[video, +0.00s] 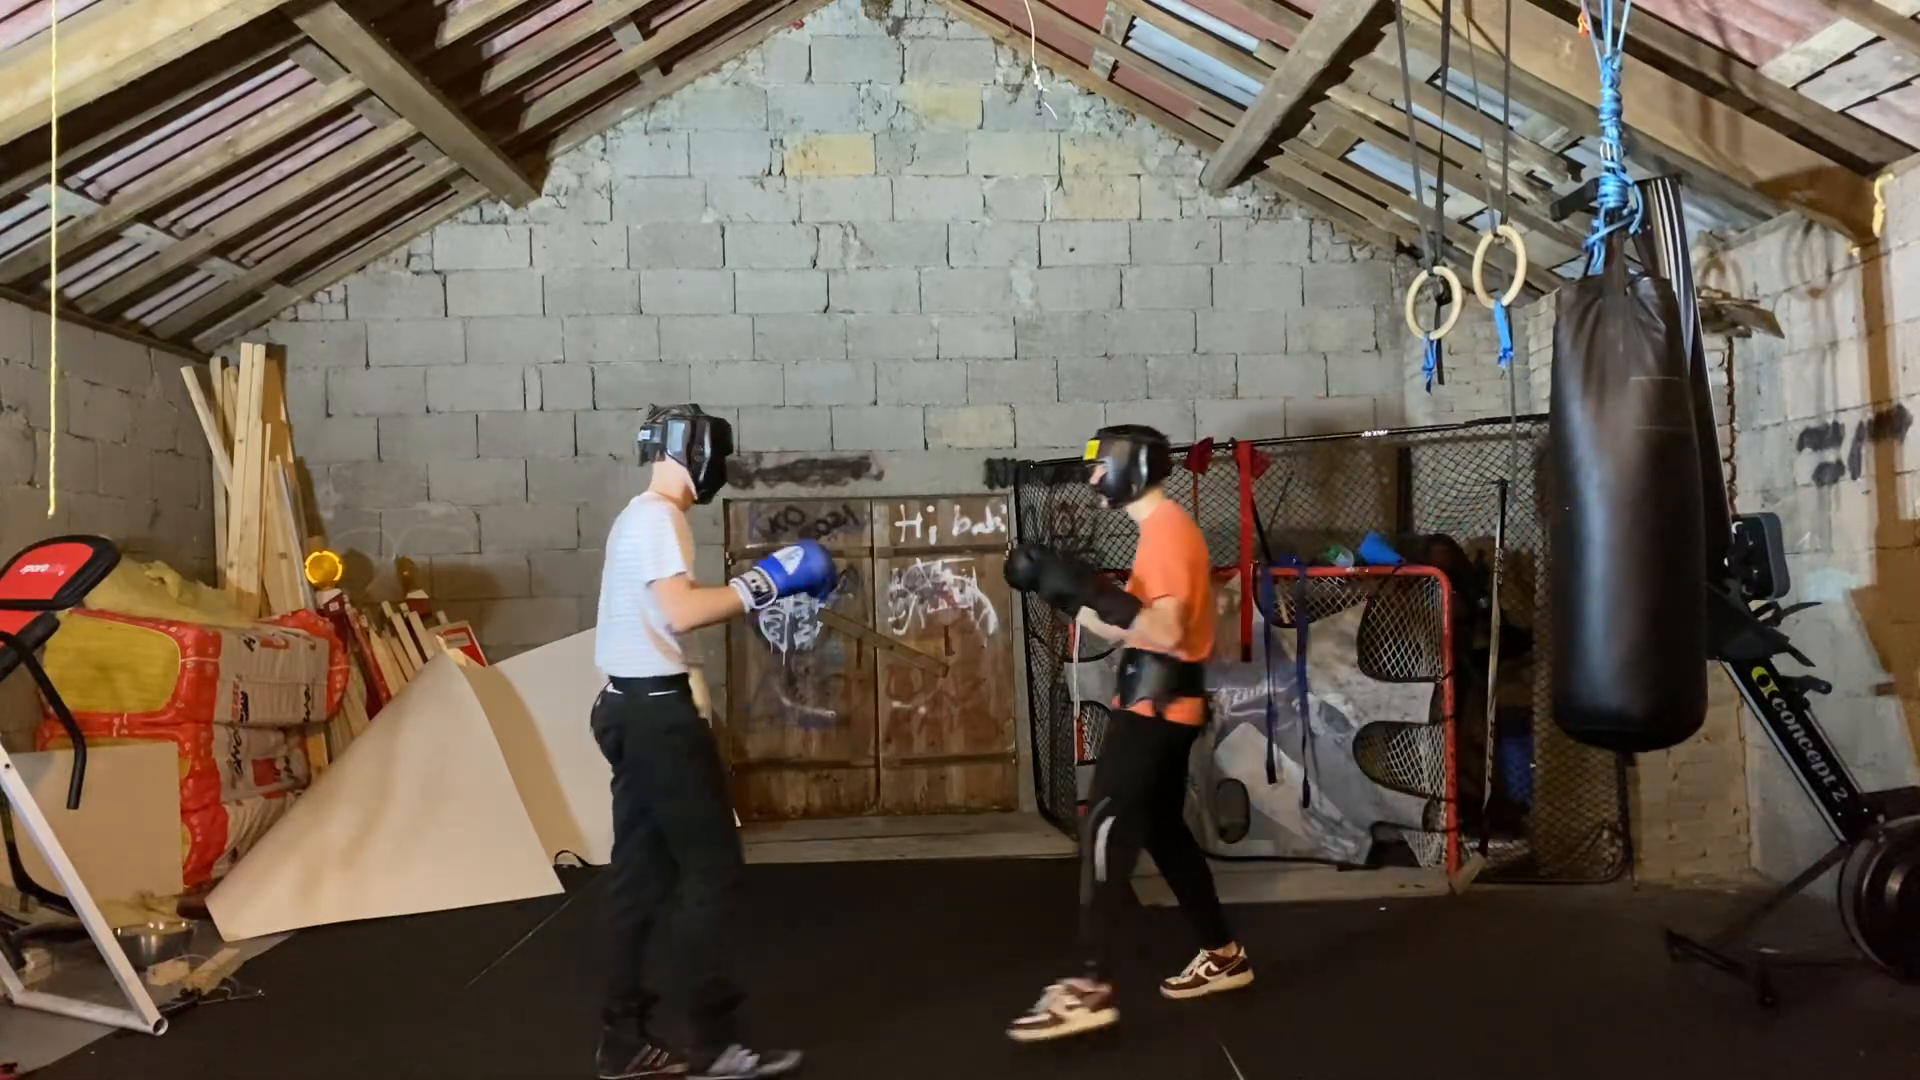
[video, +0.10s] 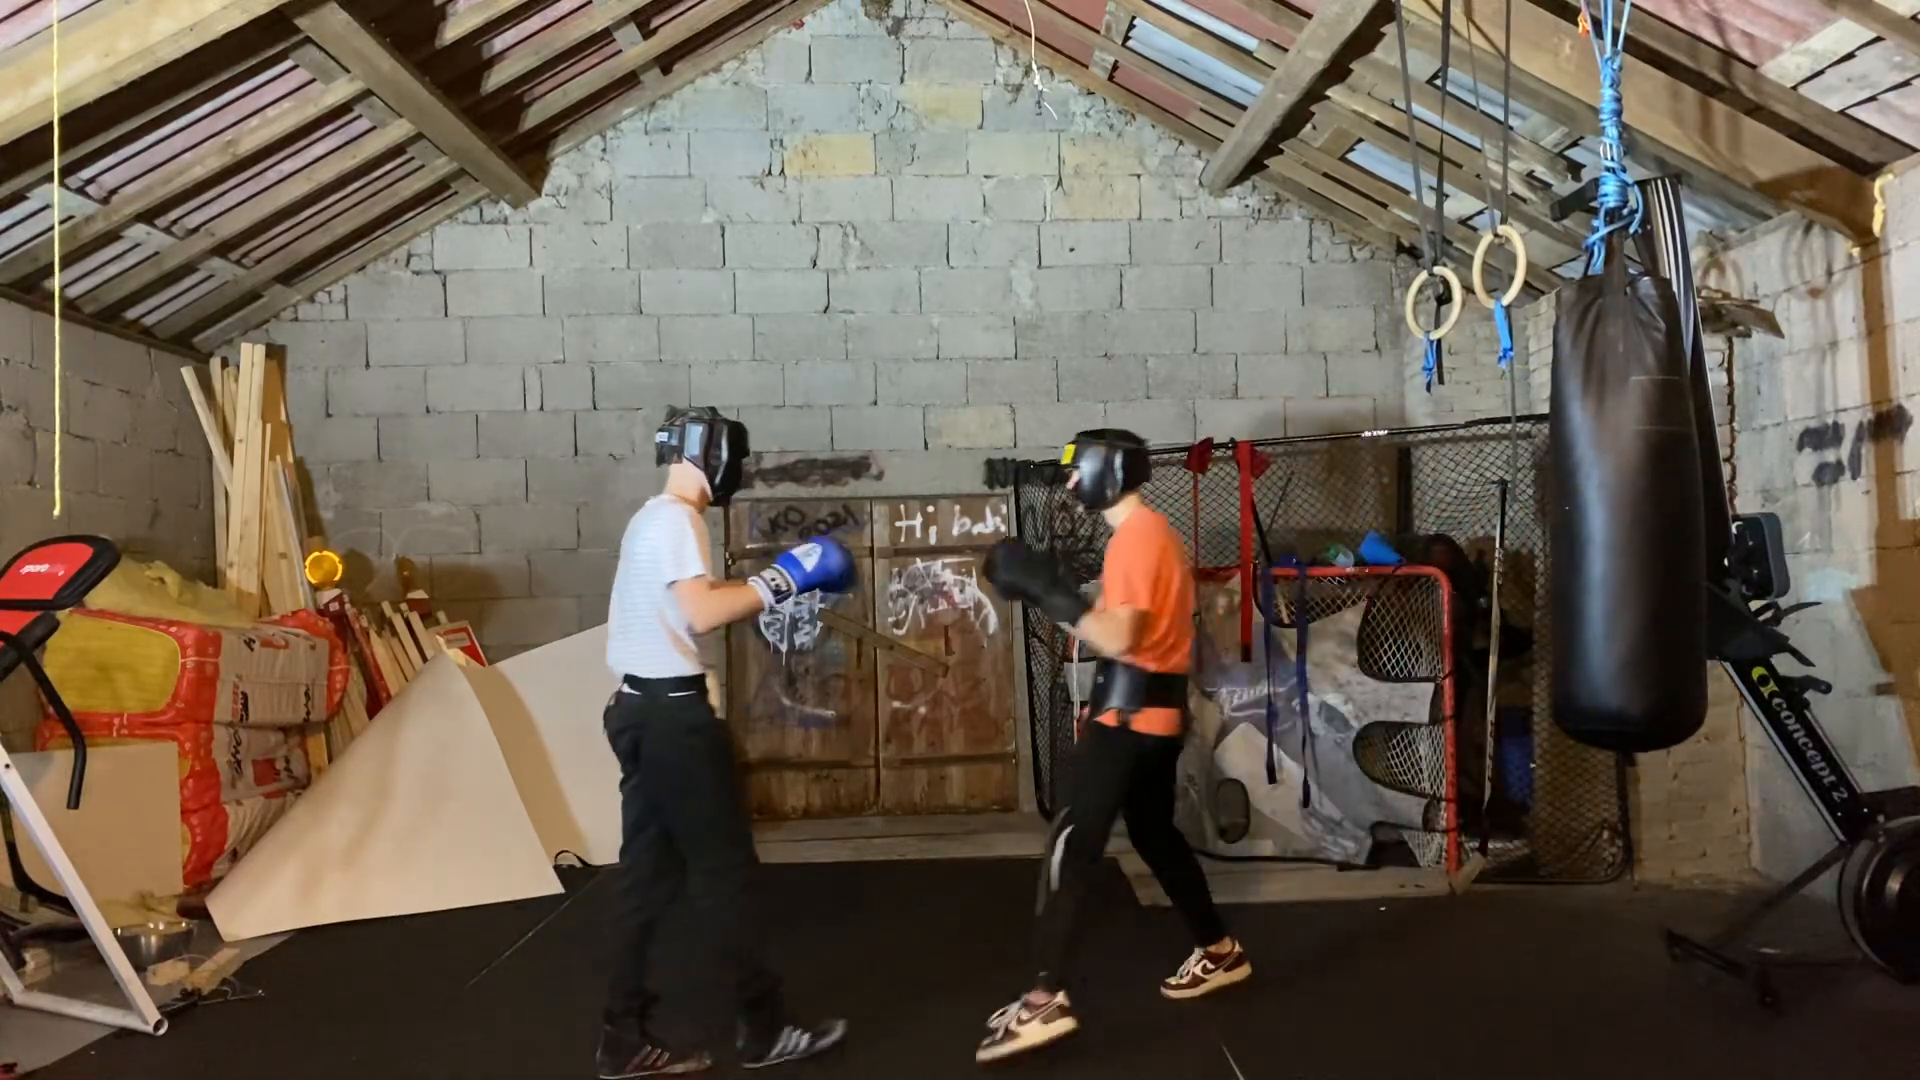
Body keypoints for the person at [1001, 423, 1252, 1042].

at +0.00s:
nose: (1096, 477)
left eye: (1104, 465)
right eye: (1097, 465)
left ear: (1132, 470)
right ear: (1146, 469)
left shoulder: (1165, 532)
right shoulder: (1163, 528)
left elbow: (1167, 631)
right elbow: (1156, 617)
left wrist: (1086, 608)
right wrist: (1087, 593)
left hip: (1155, 712)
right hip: (1167, 710)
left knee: (1104, 835)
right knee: (1163, 831)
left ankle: (1090, 985)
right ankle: (1221, 950)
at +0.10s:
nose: (1074, 485)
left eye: (1080, 472)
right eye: (1076, 472)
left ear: (1103, 475)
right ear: (1130, 474)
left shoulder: (1135, 536)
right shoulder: (1156, 534)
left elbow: (1118, 633)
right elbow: (1142, 630)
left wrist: (1057, 598)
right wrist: (1081, 614)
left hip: (1126, 715)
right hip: (1159, 715)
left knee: (1071, 846)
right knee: (1153, 832)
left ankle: (1046, 996)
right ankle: (1219, 948)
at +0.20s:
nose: (1047, 488)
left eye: (1052, 477)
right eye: (1049, 476)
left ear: (1070, 481)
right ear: (1107, 480)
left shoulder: (1097, 543)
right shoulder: (1137, 540)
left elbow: (1044, 630)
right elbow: (1085, 626)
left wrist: (988, 584)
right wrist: (1015, 596)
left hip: (1099, 727)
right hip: (1148, 723)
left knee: (1040, 864)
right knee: (1159, 840)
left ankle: (1046, 1021)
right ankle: (1218, 949)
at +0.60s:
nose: (1026, 483)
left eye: (1028, 472)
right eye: (1029, 472)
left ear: (1042, 474)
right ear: (1099, 471)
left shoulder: (1049, 543)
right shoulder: (1152, 536)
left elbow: (1038, 648)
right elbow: (1155, 627)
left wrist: (979, 698)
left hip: (1079, 747)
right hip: (1158, 746)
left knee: (1034, 874)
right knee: (1172, 883)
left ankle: (1044, 1030)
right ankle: (1208, 1004)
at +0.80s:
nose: (1092, 489)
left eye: (1095, 479)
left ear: (1105, 482)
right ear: (1163, 482)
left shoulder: (1082, 551)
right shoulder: (1215, 563)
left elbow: (1074, 654)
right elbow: (1245, 686)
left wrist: (1043, 742)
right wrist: (1184, 669)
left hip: (1110, 780)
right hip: (1198, 779)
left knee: (1086, 910)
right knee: (1222, 934)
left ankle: (1062, 1032)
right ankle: (1239, 1061)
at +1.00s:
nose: (1118, 425)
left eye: (1122, 414)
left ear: (1132, 417)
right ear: (1198, 421)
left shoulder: (1098, 480)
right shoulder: (1245, 499)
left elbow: (1054, 584)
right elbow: (1288, 635)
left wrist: (1047, 637)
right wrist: (1222, 646)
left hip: (1111, 721)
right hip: (1205, 723)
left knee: (1115, 880)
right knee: (1232, 900)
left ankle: (1128, 1050)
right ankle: (1252, 1064)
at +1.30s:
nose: (1145, 467)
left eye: (1146, 456)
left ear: (1152, 460)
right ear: (1227, 462)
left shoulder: (1104, 549)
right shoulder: (1268, 556)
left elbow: (1036, 682)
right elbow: (1325, 708)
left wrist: (1098, 685)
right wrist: (1276, 738)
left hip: (1131, 808)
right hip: (1229, 812)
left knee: (1121, 973)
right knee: (1269, 1008)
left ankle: (1104, 1075)